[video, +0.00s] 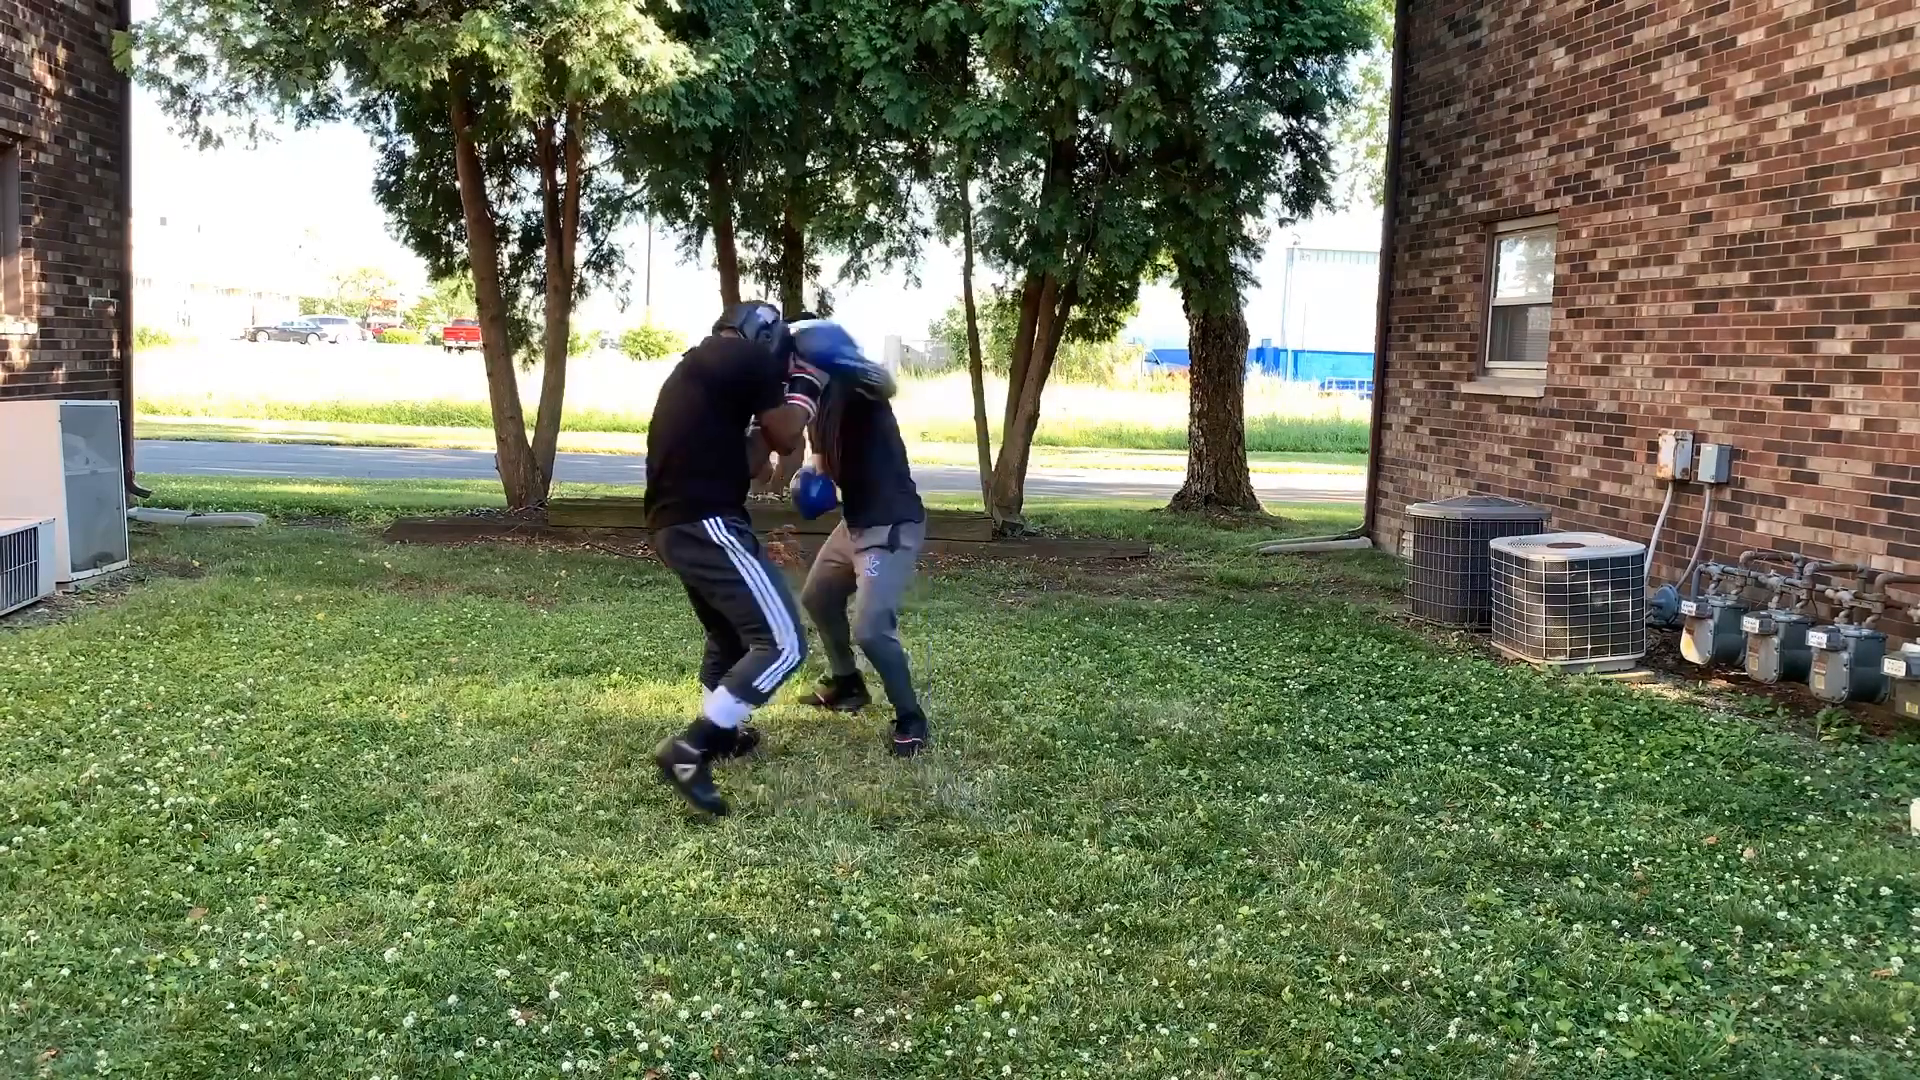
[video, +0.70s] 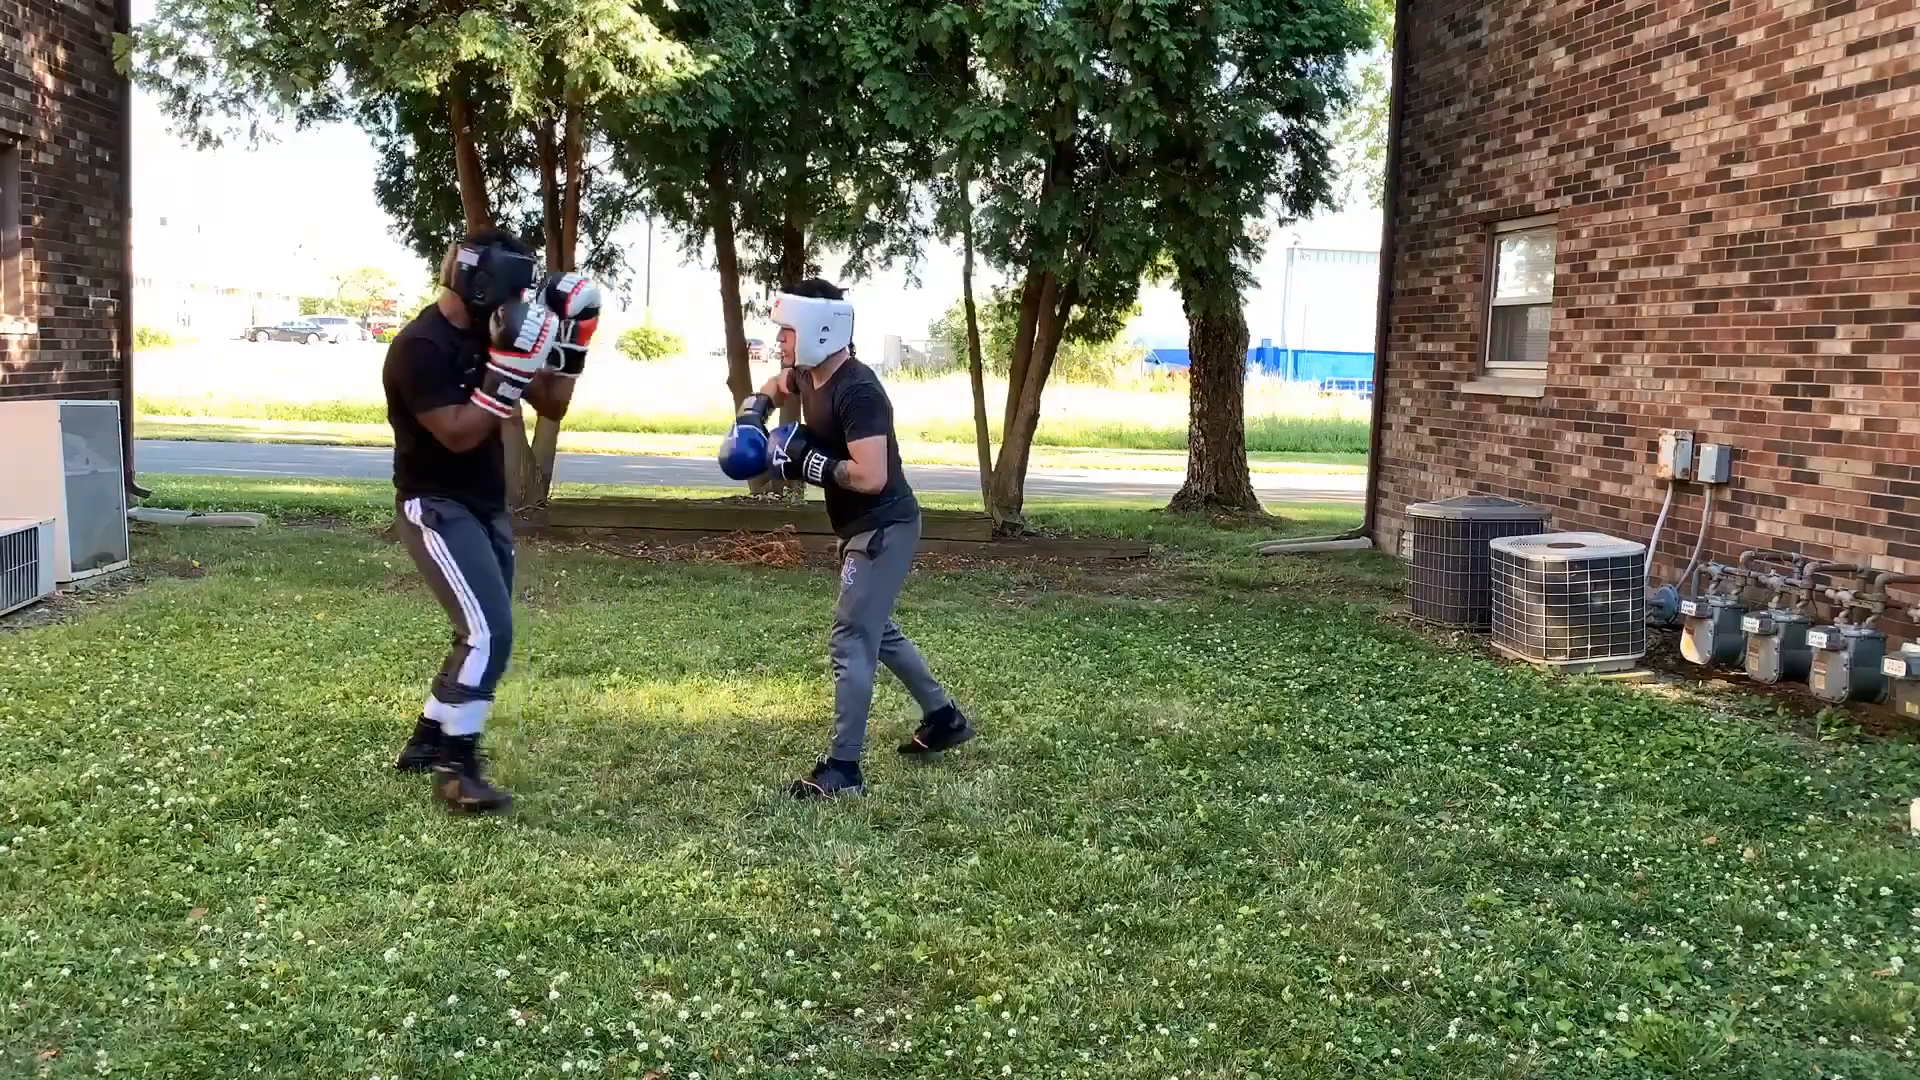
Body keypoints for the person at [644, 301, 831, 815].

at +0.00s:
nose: (779, 357)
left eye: (780, 350)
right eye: (778, 348)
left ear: (728, 331)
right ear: (766, 335)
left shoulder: (696, 365)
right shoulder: (751, 354)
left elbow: (740, 469)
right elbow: (788, 439)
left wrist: (774, 420)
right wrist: (805, 385)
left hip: (676, 521)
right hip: (708, 521)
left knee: (727, 636)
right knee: (784, 646)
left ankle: (723, 730)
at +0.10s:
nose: (736, 347)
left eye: (734, 340)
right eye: (735, 339)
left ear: (680, 332)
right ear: (720, 332)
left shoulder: (645, 374)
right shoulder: (725, 360)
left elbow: (699, 454)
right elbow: (755, 447)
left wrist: (747, 408)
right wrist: (768, 404)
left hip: (650, 533)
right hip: (687, 534)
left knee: (712, 628)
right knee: (708, 678)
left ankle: (718, 730)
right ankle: (602, 779)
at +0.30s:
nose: (683, 339)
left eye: (683, 330)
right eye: (681, 331)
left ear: (626, 324)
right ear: (668, 325)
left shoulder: (584, 363)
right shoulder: (668, 355)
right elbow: (697, 442)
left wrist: (685, 370)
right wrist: (706, 380)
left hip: (575, 535)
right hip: (626, 532)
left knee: (631, 635)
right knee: (658, 673)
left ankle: (635, 730)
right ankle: (589, 792)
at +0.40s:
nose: (631, 316)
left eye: (631, 308)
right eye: (630, 307)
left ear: (577, 299)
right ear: (619, 304)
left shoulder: (558, 342)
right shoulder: (604, 342)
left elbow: (635, 413)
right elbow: (675, 405)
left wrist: (654, 342)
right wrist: (671, 330)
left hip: (548, 519)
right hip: (587, 520)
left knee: (592, 626)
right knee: (635, 662)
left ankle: (536, 728)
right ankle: (586, 790)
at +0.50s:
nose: (589, 312)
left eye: (591, 299)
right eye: (586, 299)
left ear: (537, 294)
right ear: (567, 300)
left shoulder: (515, 341)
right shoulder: (538, 349)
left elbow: (610, 389)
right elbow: (618, 399)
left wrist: (635, 314)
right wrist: (627, 318)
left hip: (520, 516)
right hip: (540, 519)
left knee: (544, 634)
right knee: (597, 651)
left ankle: (450, 726)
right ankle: (576, 786)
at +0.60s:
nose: (547, 305)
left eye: (549, 296)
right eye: (540, 294)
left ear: (527, 297)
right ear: (511, 291)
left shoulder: (517, 341)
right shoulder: (466, 353)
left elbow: (603, 387)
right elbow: (537, 425)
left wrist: (611, 320)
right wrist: (550, 350)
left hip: (516, 517)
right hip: (479, 519)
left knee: (497, 644)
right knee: (540, 641)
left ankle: (429, 749)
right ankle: (554, 779)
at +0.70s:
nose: (514, 308)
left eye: (517, 297)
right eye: (507, 297)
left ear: (470, 285)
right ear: (476, 288)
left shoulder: (491, 339)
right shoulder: (415, 349)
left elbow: (553, 405)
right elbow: (459, 435)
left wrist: (570, 338)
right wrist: (509, 371)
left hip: (487, 508)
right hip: (435, 507)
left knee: (488, 632)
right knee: (487, 629)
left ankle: (427, 743)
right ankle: (455, 767)